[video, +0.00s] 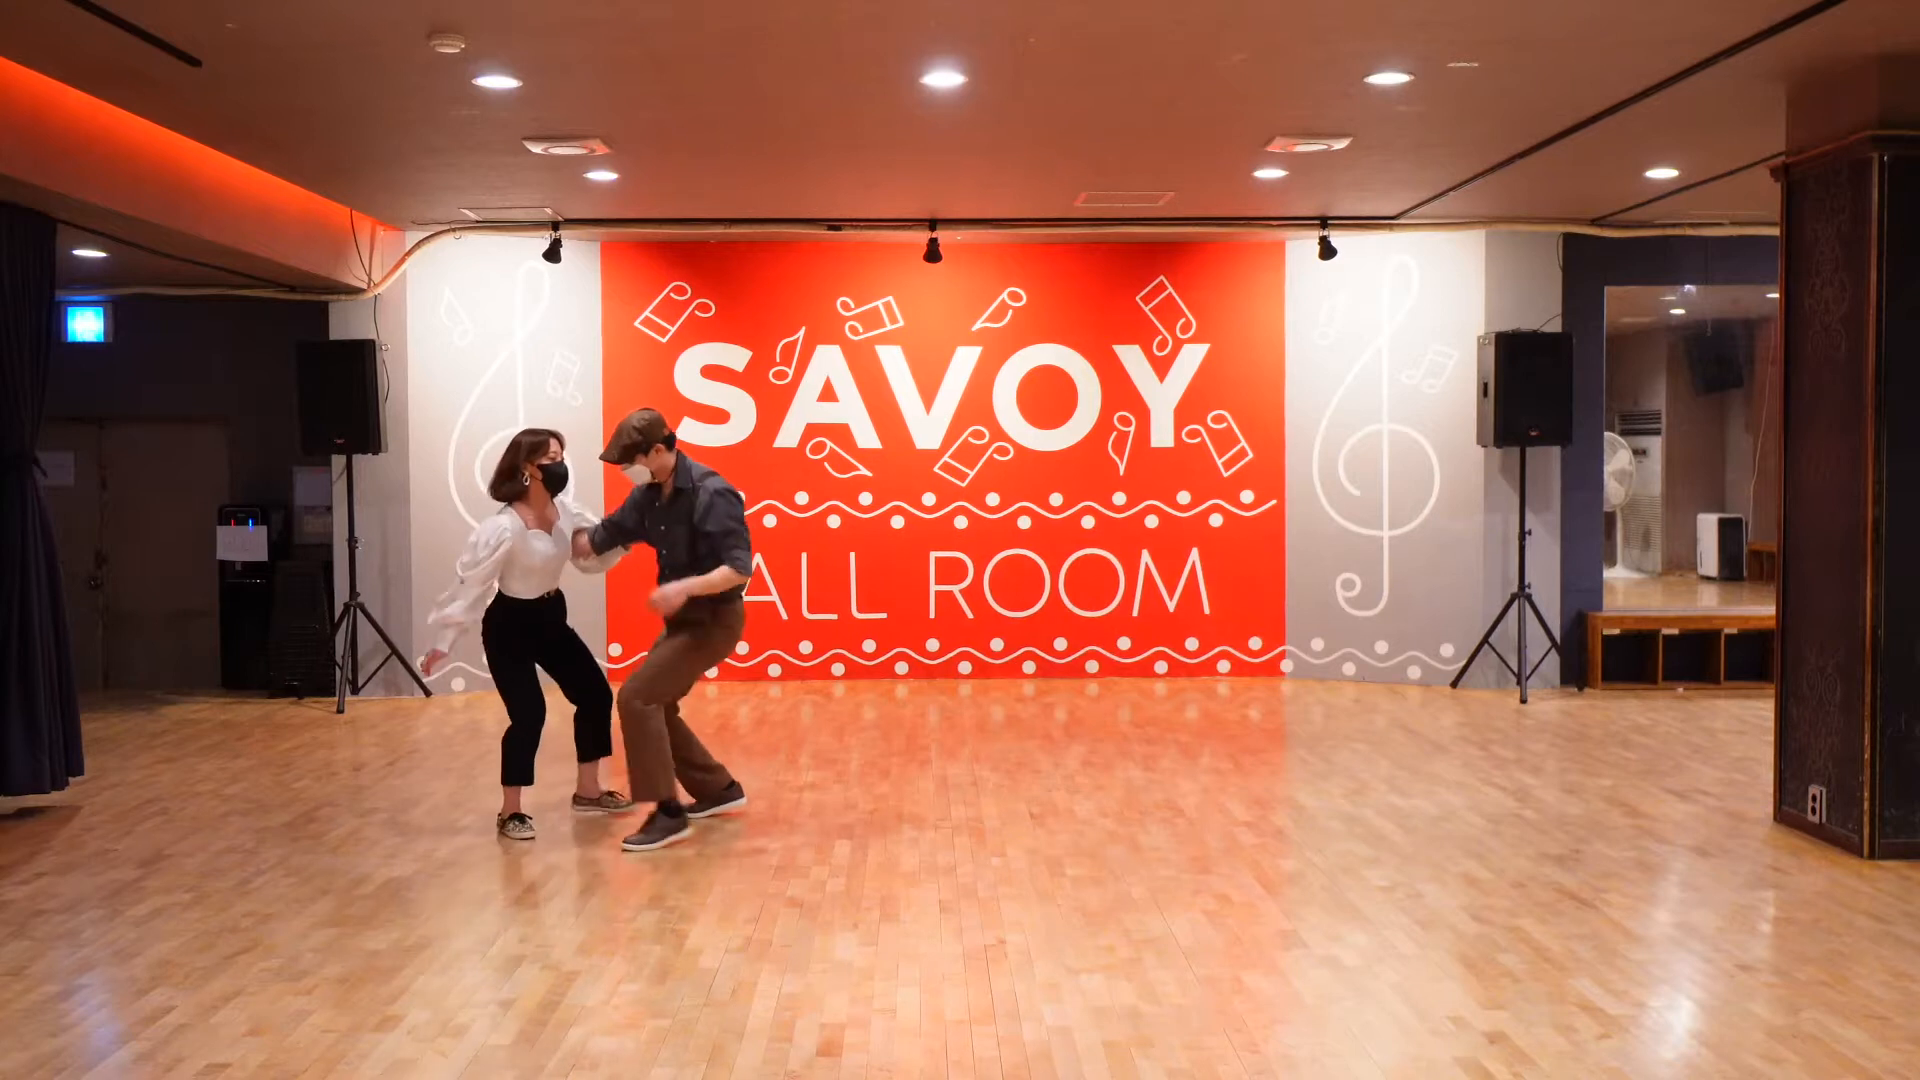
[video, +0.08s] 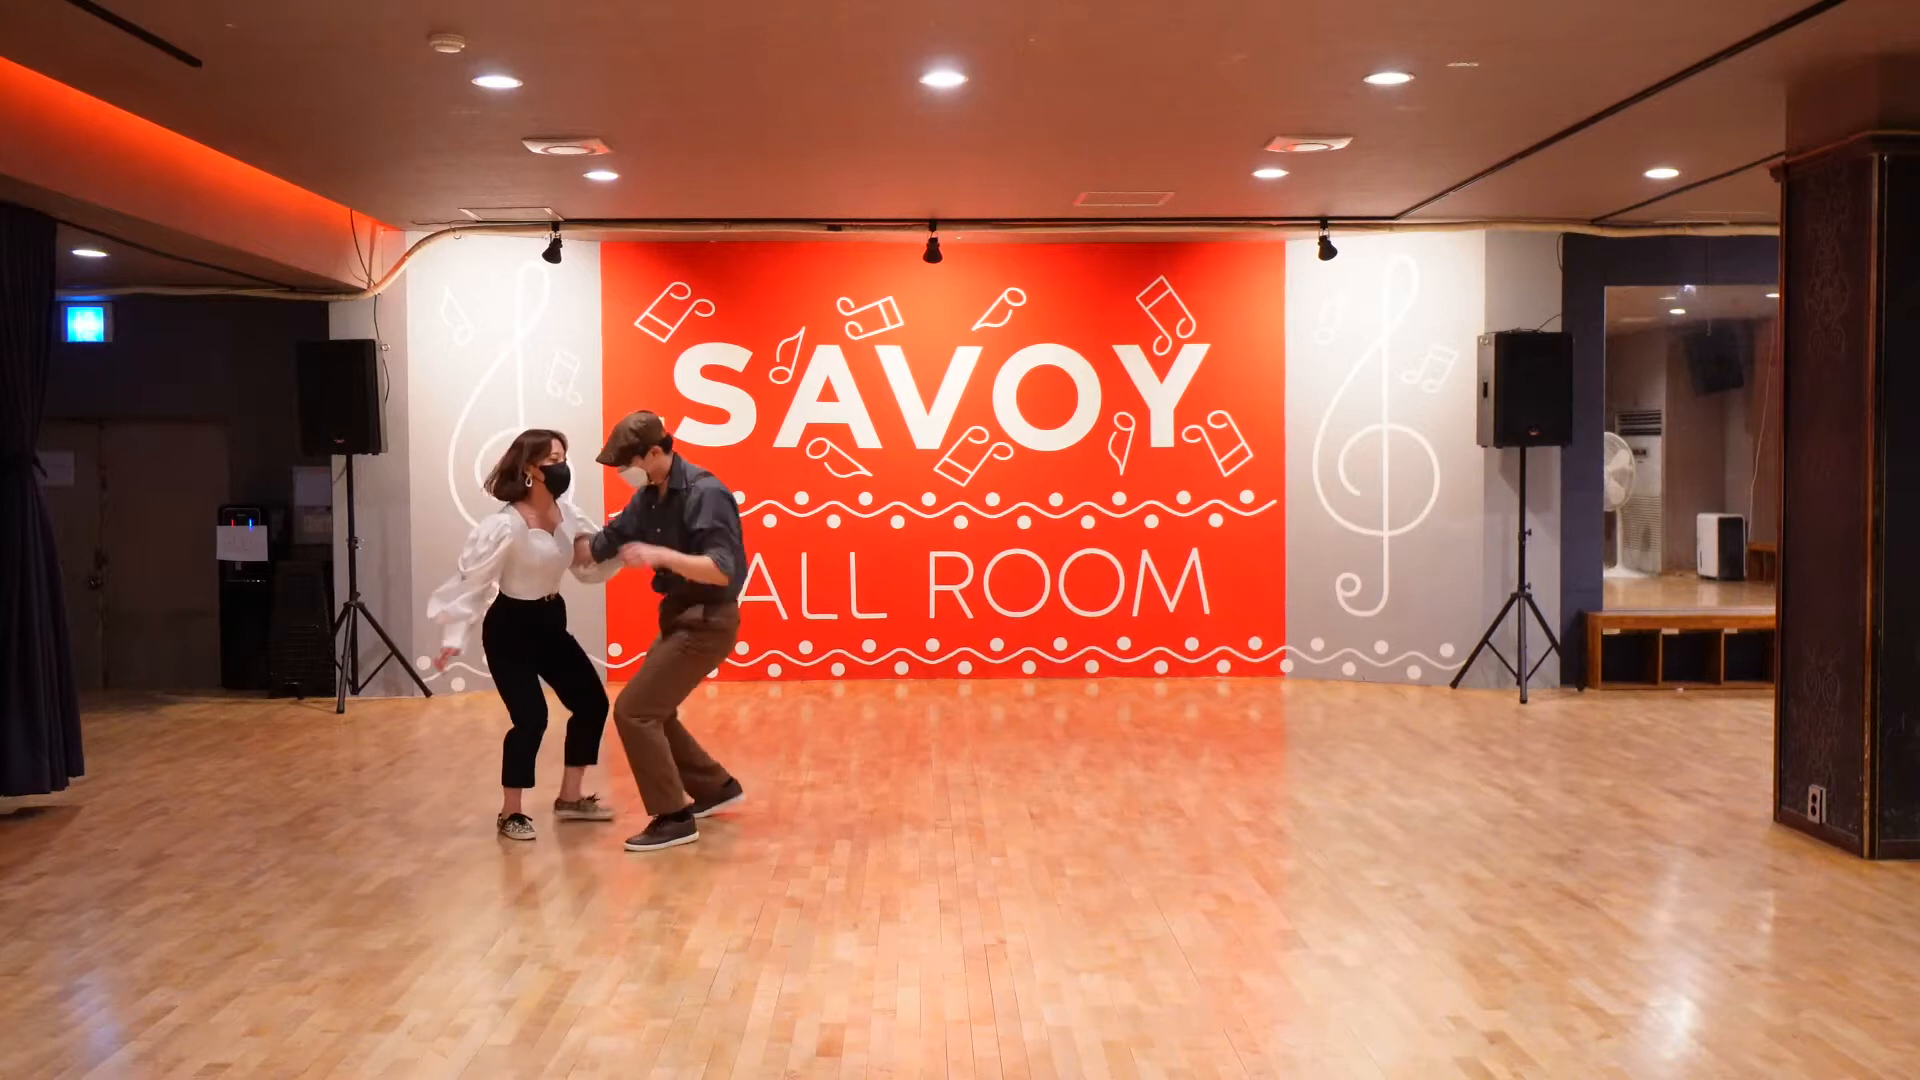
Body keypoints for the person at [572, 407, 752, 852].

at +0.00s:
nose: (629, 471)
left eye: (632, 461)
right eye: (626, 463)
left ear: (659, 450)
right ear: (649, 454)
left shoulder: (712, 493)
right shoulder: (648, 497)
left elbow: (739, 569)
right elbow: (600, 538)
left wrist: (684, 587)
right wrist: (576, 538)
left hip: (716, 617)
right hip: (684, 616)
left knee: (636, 697)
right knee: (654, 706)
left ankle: (669, 810)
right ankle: (717, 787)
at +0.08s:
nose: (629, 473)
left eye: (632, 463)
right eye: (625, 466)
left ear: (656, 452)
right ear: (647, 457)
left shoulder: (706, 492)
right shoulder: (649, 496)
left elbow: (724, 569)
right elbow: (607, 542)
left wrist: (661, 556)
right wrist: (568, 541)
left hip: (709, 623)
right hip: (678, 620)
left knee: (634, 711)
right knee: (650, 711)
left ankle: (674, 816)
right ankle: (714, 784)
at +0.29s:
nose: (626, 466)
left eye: (629, 457)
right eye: (622, 460)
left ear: (652, 443)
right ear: (648, 447)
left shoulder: (690, 476)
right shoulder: (659, 483)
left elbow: (648, 516)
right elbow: (619, 536)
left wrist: (601, 467)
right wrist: (594, 545)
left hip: (704, 609)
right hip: (683, 605)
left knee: (631, 710)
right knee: (621, 677)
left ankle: (672, 820)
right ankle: (627, 785)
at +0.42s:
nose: (628, 465)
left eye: (631, 455)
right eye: (624, 458)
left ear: (654, 444)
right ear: (655, 446)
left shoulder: (685, 477)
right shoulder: (662, 484)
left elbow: (619, 496)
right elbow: (613, 533)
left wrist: (567, 451)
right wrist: (575, 543)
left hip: (700, 610)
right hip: (689, 607)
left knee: (629, 712)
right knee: (621, 704)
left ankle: (673, 821)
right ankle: (573, 796)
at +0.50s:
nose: (627, 465)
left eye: (629, 455)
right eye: (624, 458)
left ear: (654, 446)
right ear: (654, 448)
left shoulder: (684, 479)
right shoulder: (657, 491)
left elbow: (602, 492)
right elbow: (603, 538)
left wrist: (535, 459)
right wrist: (559, 550)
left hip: (699, 613)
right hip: (683, 611)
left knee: (627, 720)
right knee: (618, 713)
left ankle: (671, 822)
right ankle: (575, 807)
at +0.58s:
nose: (627, 465)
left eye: (629, 455)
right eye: (624, 456)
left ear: (653, 446)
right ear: (655, 448)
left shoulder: (680, 483)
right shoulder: (662, 490)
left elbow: (597, 506)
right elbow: (594, 540)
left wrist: (513, 495)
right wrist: (537, 543)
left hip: (703, 618)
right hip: (682, 615)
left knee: (624, 718)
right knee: (609, 690)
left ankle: (673, 822)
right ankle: (594, 798)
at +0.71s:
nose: (620, 460)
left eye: (625, 451)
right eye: (619, 452)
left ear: (649, 449)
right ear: (645, 451)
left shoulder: (682, 494)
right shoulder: (654, 495)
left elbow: (624, 558)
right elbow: (603, 541)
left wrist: (559, 598)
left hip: (700, 628)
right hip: (677, 623)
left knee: (622, 723)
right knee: (611, 700)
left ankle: (671, 822)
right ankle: (673, 791)